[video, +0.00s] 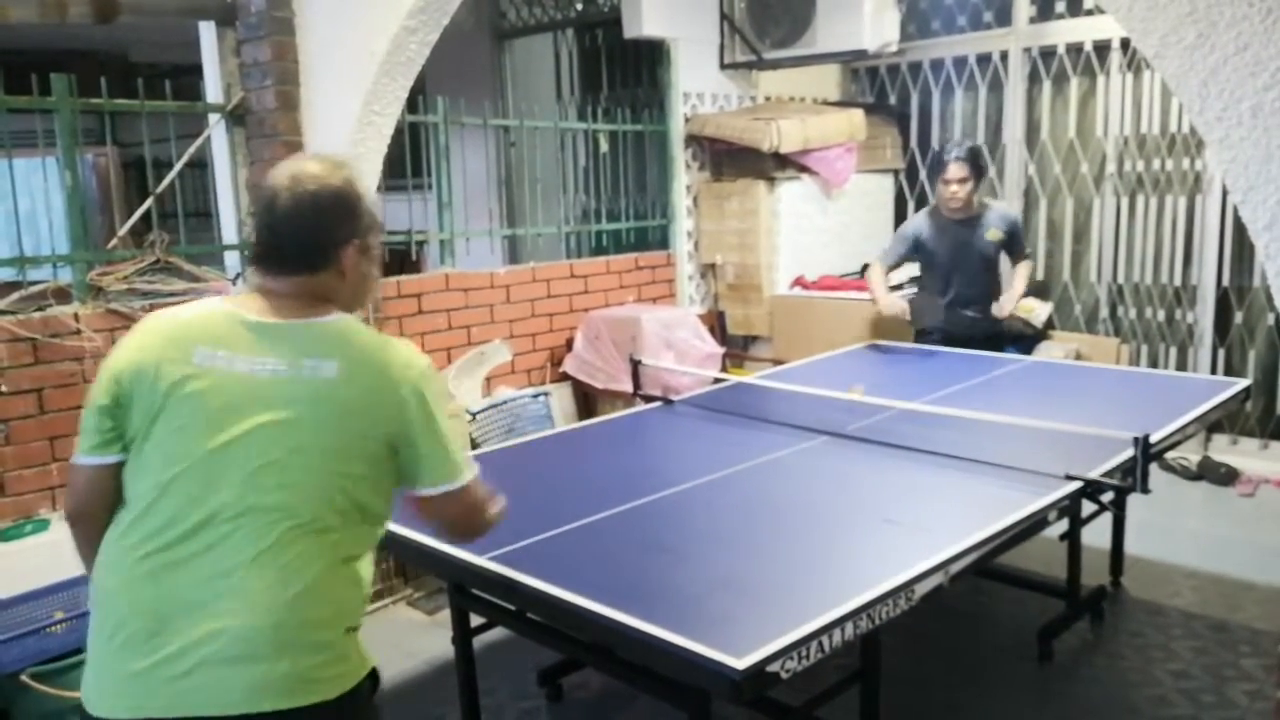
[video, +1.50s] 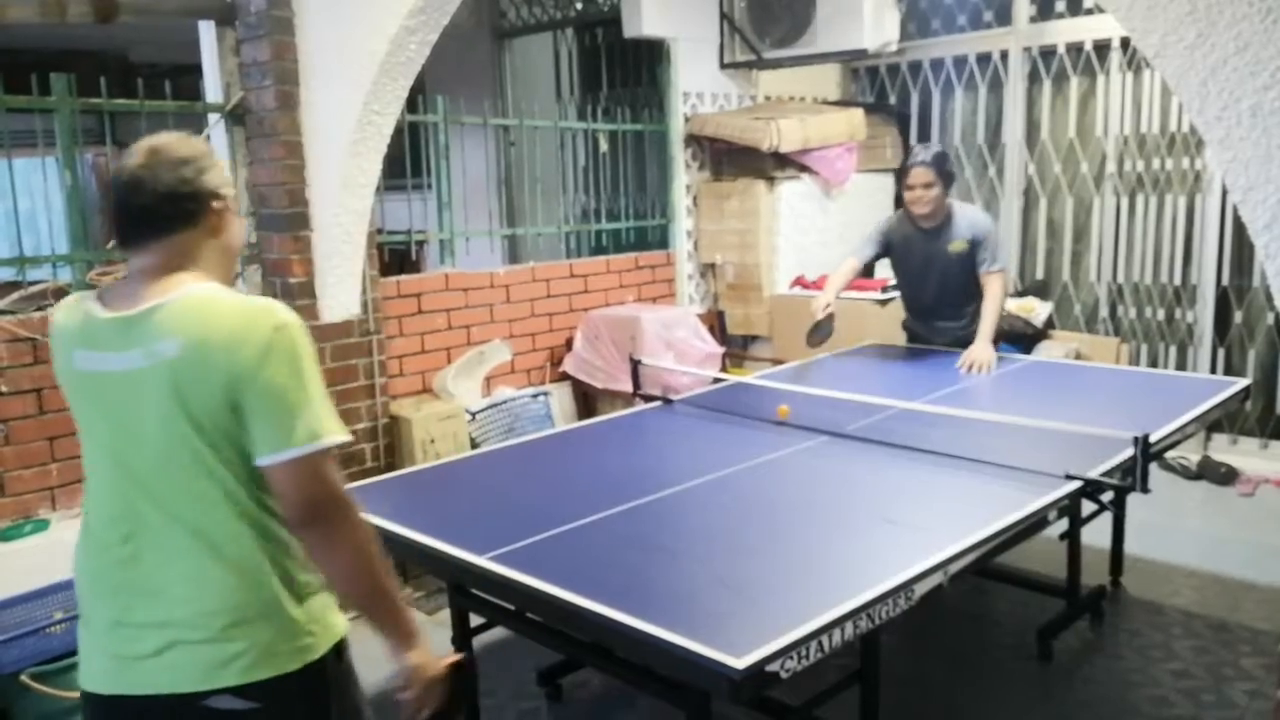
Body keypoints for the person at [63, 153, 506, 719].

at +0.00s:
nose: (379, 269)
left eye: (381, 252)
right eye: (377, 252)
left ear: (260, 249)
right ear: (349, 257)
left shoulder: (152, 341)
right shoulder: (390, 366)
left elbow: (85, 507)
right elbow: (460, 516)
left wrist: (129, 599)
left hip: (131, 688)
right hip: (297, 687)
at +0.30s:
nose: (251, 255)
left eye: (250, 237)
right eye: (244, 237)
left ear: (121, 242)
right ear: (201, 245)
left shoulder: (24, 359)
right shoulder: (258, 361)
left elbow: (8, 510)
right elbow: (286, 551)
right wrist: (351, 574)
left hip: (57, 693)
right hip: (226, 691)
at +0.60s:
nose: (270, 255)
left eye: (268, 235)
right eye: (262, 235)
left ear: (143, 242)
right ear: (227, 244)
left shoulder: (48, 359)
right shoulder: (277, 356)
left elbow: (9, 533)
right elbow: (317, 545)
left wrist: (13, 652)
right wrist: (364, 583)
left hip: (83, 691)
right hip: (246, 685)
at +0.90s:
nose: (366, 254)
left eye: (369, 239)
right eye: (366, 238)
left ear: (256, 231)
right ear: (343, 241)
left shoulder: (153, 332)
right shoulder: (377, 351)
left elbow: (99, 489)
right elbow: (419, 532)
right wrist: (401, 576)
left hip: (169, 671)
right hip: (323, 667)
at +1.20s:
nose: (350, 231)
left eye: (346, 217)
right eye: (350, 218)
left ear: (244, 220)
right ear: (339, 222)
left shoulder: (157, 316)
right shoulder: (372, 337)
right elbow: (431, 507)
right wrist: (488, 616)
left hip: (170, 669)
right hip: (319, 664)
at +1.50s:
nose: (240, 230)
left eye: (237, 212)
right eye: (236, 211)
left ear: (123, 230)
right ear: (217, 213)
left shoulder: (71, 328)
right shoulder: (254, 327)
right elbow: (312, 505)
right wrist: (408, 639)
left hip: (117, 674)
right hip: (260, 669)